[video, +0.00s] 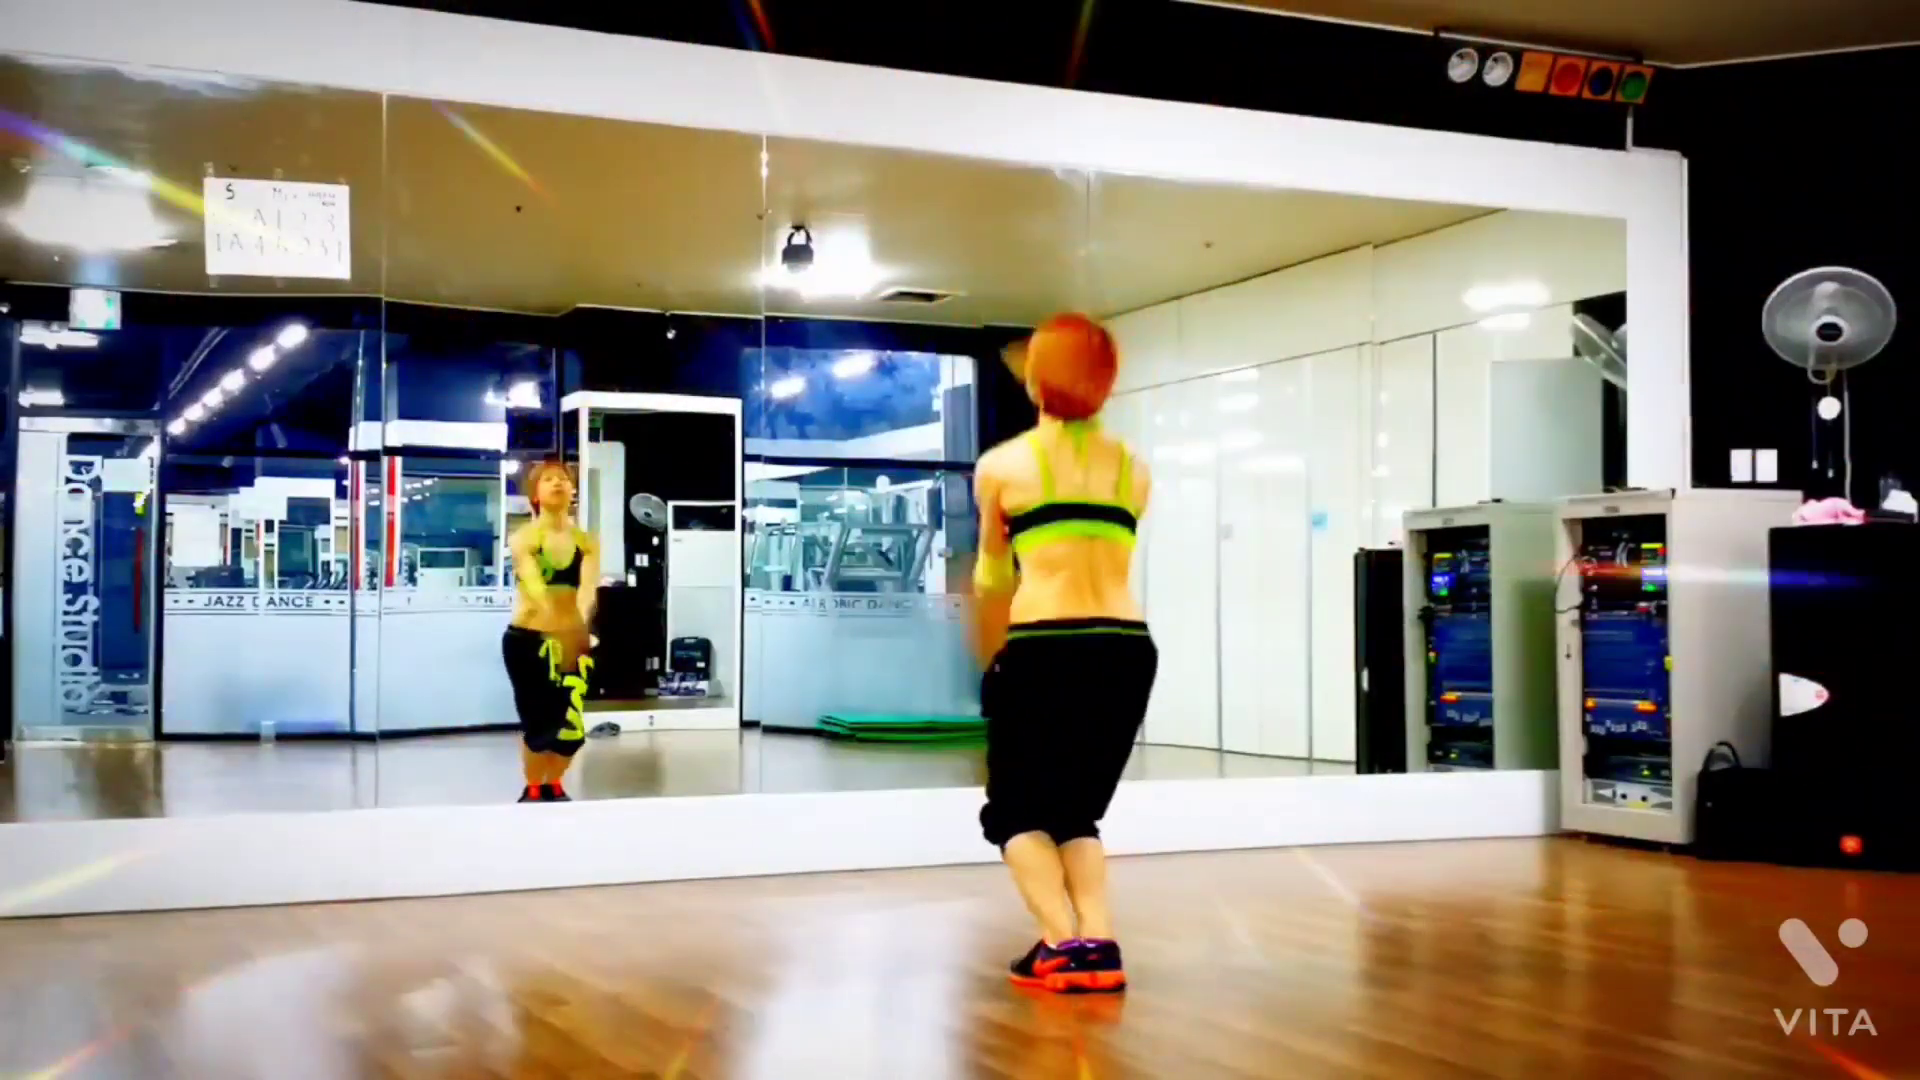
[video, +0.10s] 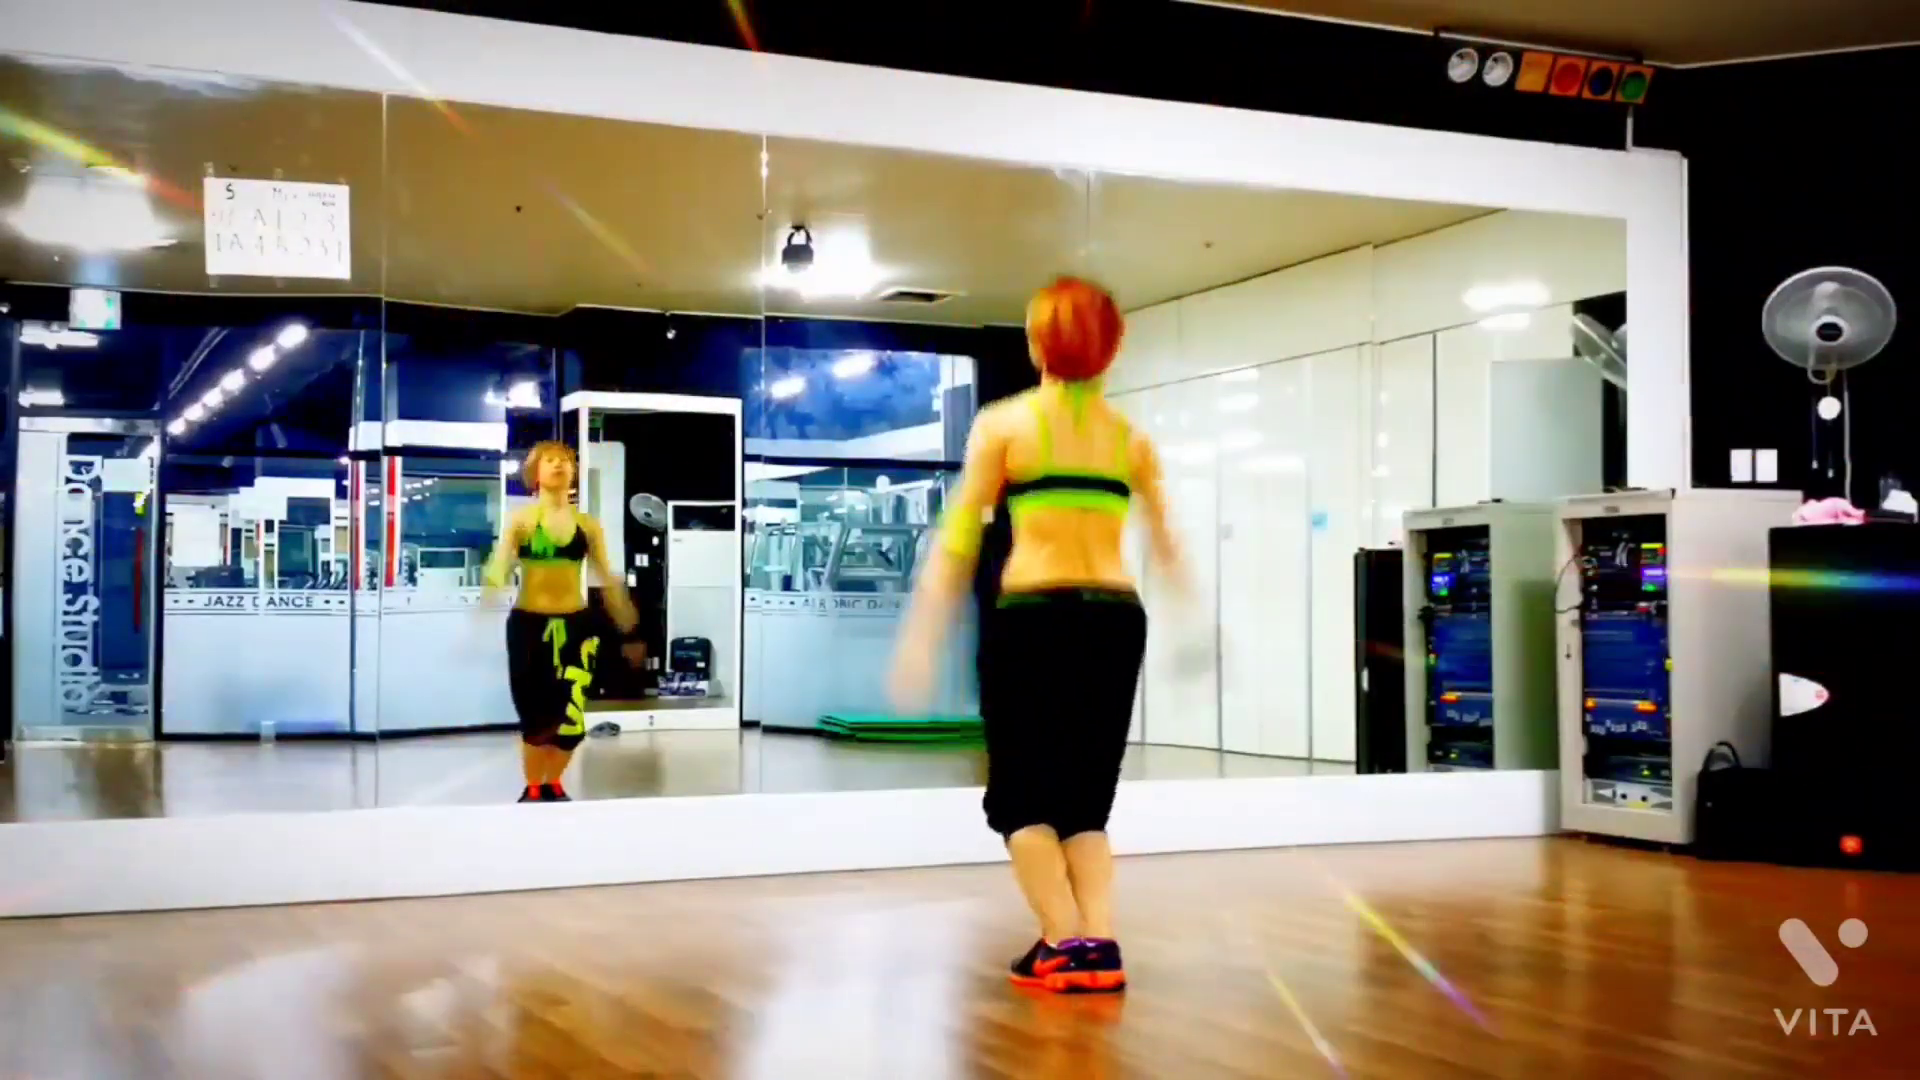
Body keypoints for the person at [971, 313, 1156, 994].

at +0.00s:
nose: (1038, 385)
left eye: (1035, 375)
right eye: (1075, 376)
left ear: (1033, 385)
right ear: (1101, 386)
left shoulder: (1002, 465)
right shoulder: (1132, 468)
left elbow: (993, 578)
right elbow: (1110, 562)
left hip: (1040, 652)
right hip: (1125, 649)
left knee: (1015, 809)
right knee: (1078, 811)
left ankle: (1060, 941)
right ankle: (1098, 943)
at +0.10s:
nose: (1042, 346)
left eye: (1037, 335)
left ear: (1038, 345)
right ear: (1109, 348)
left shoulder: (1002, 426)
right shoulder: (1129, 438)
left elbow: (958, 543)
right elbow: (1165, 545)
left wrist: (919, 640)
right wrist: (1193, 615)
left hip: (1029, 619)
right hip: (1115, 620)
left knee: (1017, 789)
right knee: (1084, 791)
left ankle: (1061, 938)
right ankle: (1099, 944)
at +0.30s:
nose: (1030, 301)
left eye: (1034, 291)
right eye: (1038, 290)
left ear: (1041, 300)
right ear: (1108, 300)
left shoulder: (1011, 359)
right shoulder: (1128, 375)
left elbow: (926, 327)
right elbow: (1219, 346)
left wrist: (832, 311)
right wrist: (1306, 317)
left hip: (1022, 577)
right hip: (1104, 576)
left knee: (1036, 761)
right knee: (1111, 762)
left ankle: (1061, 937)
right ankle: (1102, 944)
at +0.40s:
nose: (1030, 281)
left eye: (1036, 273)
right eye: (1043, 270)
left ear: (1043, 291)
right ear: (1108, 297)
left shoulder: (1019, 354)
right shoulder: (1122, 369)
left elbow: (947, 249)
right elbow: (1187, 279)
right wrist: (1259, 193)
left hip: (1023, 576)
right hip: (1103, 575)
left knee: (1037, 764)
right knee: (1113, 763)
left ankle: (1062, 938)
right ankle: (1103, 944)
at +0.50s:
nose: (1034, 283)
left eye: (1037, 275)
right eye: (1092, 277)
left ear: (1039, 294)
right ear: (1113, 301)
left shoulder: (1021, 345)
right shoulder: (1118, 357)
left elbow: (987, 226)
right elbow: (1144, 256)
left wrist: (949, 116)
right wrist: (1177, 141)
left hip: (1022, 571)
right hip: (1103, 568)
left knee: (1036, 764)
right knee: (1113, 760)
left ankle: (1063, 938)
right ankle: (1103, 942)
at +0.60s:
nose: (1026, 279)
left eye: (1036, 269)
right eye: (1069, 266)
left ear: (1041, 288)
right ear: (1108, 290)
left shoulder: (1021, 347)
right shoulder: (1123, 358)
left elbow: (1004, 220)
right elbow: (1111, 245)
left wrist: (999, 116)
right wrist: (1091, 129)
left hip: (1025, 571)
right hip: (1107, 569)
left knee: (1038, 763)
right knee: (1115, 759)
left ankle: (1063, 939)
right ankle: (1103, 941)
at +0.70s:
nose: (1033, 277)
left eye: (1046, 264)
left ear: (1042, 285)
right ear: (1110, 287)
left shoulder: (1023, 345)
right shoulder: (1125, 358)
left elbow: (1000, 233)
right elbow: (1100, 250)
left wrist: (1014, 136)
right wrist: (1062, 149)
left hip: (1028, 575)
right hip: (1110, 574)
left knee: (1038, 765)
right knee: (1113, 764)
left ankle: (1063, 940)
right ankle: (1103, 944)